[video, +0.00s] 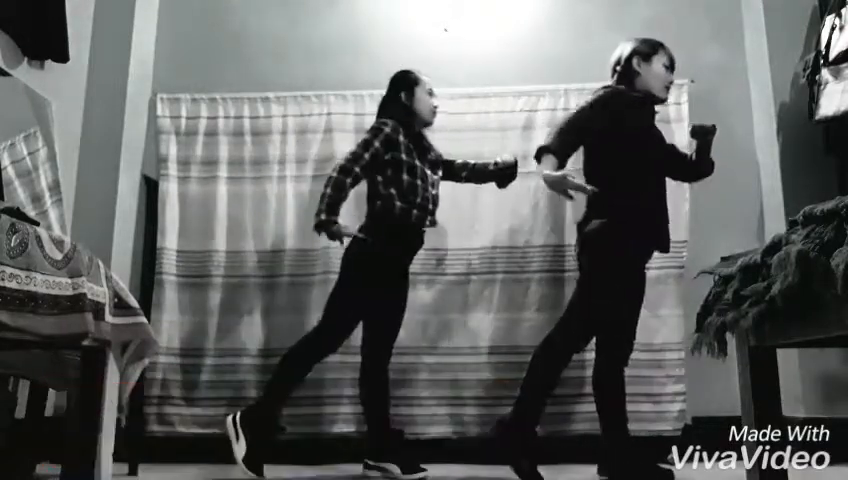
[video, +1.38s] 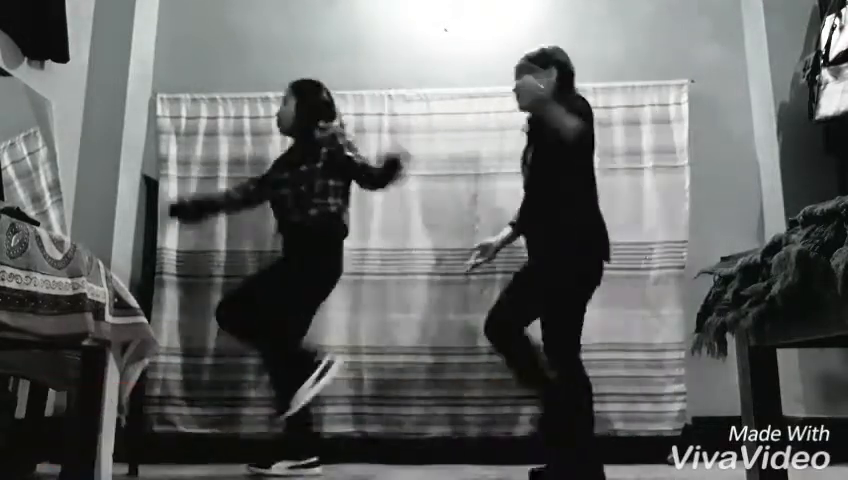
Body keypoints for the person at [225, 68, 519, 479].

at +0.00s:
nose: (436, 102)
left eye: (434, 95)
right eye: (429, 94)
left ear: (410, 100)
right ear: (405, 98)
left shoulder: (420, 147)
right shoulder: (387, 132)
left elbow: (451, 169)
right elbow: (348, 169)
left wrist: (499, 171)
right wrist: (326, 217)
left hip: (395, 258)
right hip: (372, 254)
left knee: (378, 355)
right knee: (327, 338)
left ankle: (381, 449)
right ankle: (255, 421)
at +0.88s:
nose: (429, 115)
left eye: (427, 108)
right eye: (419, 108)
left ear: (419, 120)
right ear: (399, 118)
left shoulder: (426, 171)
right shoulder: (378, 159)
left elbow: (478, 202)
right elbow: (345, 208)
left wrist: (469, 175)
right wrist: (381, 248)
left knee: (401, 359)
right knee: (367, 332)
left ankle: (386, 452)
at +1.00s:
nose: (384, 97)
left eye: (388, 90)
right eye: (374, 91)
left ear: (397, 101)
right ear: (359, 103)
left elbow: (452, 175)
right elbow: (347, 202)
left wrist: (421, 213)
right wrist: (385, 206)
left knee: (392, 352)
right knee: (319, 323)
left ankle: (387, 450)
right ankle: (327, 402)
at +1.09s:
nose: (340, 99)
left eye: (347, 91)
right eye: (337, 93)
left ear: (367, 93)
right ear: (339, 99)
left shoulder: (393, 142)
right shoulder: (339, 140)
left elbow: (411, 203)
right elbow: (330, 165)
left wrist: (401, 258)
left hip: (386, 258)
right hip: (349, 254)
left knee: (381, 352)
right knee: (316, 343)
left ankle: (386, 453)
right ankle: (310, 445)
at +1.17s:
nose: (315, 98)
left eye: (321, 90)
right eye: (316, 90)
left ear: (342, 95)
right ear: (331, 96)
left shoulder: (372, 135)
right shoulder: (324, 135)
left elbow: (392, 193)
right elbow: (300, 152)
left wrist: (402, 251)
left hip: (364, 253)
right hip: (334, 252)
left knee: (367, 351)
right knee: (306, 347)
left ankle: (390, 453)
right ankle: (304, 448)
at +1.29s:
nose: (291, 104)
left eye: (298, 98)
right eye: (294, 98)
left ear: (314, 107)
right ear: (318, 108)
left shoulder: (343, 146)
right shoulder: (293, 152)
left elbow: (380, 188)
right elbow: (251, 165)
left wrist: (414, 224)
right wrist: (202, 158)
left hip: (332, 261)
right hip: (313, 260)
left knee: (285, 341)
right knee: (286, 343)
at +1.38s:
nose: (278, 111)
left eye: (285, 104)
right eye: (281, 103)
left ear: (304, 110)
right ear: (304, 111)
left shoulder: (331, 148)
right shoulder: (293, 158)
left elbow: (366, 176)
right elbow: (250, 194)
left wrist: (385, 172)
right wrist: (199, 208)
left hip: (314, 261)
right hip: (302, 261)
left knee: (232, 312)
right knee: (282, 346)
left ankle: (303, 364)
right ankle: (301, 447)